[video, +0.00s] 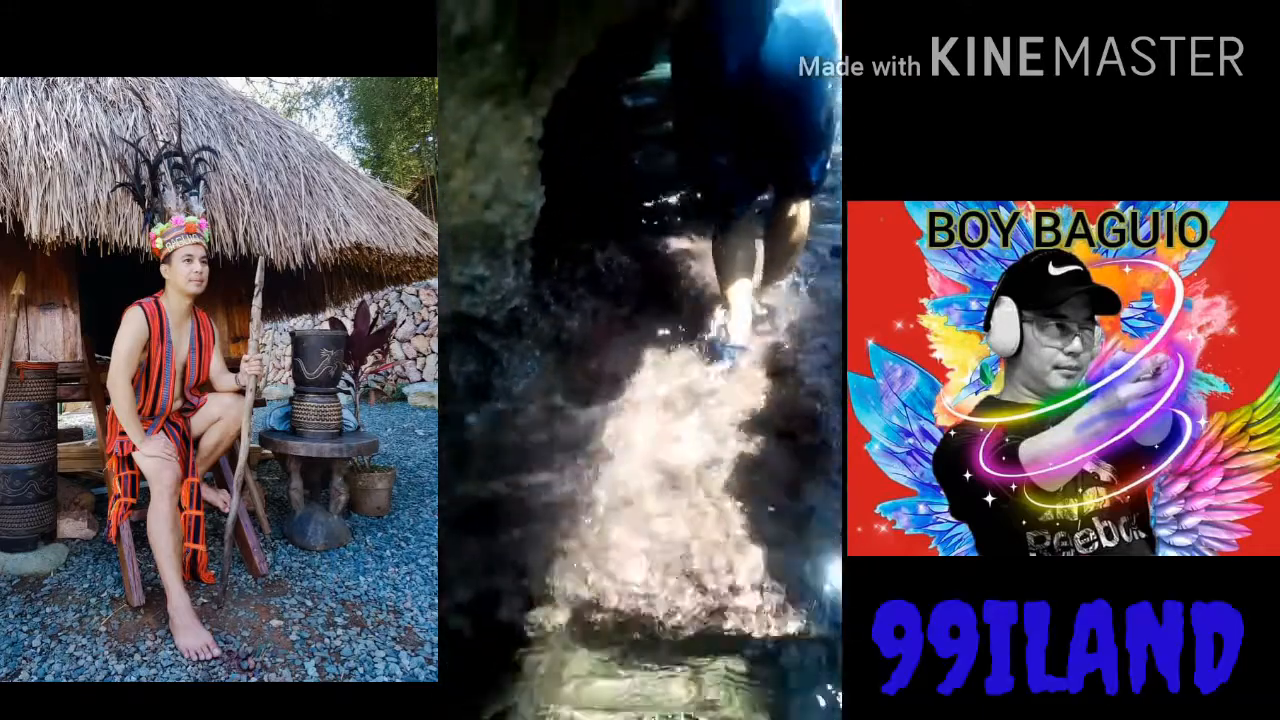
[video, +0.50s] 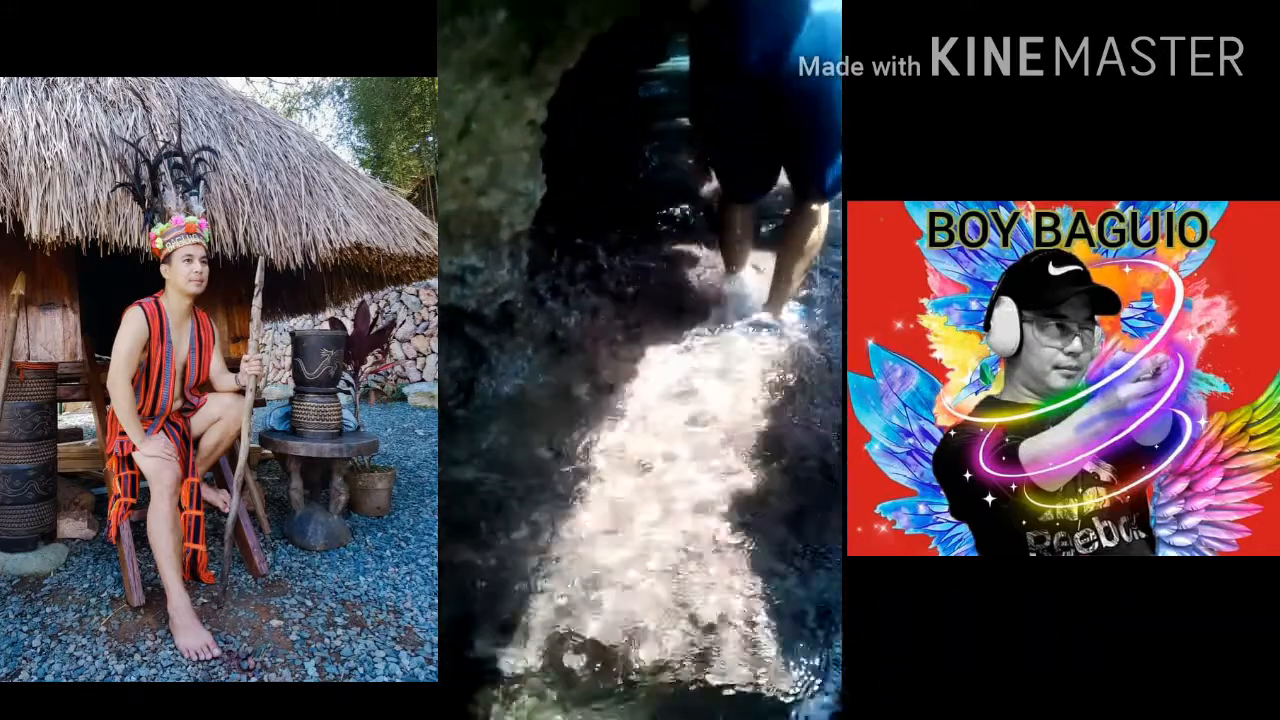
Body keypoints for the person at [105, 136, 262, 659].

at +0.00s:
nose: (198, 268)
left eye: (203, 260)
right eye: (187, 260)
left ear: (208, 267)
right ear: (165, 267)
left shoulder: (206, 324)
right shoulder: (142, 316)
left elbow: (220, 381)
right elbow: (117, 380)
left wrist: (243, 381)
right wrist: (138, 440)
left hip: (180, 419)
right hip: (140, 424)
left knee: (236, 407)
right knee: (169, 476)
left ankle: (191, 478)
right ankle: (179, 605)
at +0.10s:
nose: (198, 268)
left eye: (203, 260)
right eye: (187, 260)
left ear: (207, 267)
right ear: (164, 267)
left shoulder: (206, 324)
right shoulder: (142, 317)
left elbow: (220, 381)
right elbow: (117, 380)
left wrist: (244, 379)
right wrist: (138, 440)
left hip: (180, 419)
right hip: (140, 424)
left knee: (237, 407)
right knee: (169, 477)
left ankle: (191, 477)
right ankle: (179, 606)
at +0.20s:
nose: (198, 268)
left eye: (203, 260)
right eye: (187, 260)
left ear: (208, 267)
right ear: (165, 267)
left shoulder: (206, 324)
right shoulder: (142, 316)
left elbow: (220, 382)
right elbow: (117, 380)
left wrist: (243, 380)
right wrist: (138, 440)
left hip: (180, 419)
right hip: (140, 424)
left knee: (237, 407)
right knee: (169, 477)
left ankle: (191, 478)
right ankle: (179, 606)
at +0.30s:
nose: (198, 268)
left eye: (203, 260)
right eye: (187, 260)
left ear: (208, 267)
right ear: (165, 267)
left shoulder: (206, 324)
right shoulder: (142, 316)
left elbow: (220, 382)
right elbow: (117, 380)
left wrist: (243, 380)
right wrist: (138, 440)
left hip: (180, 419)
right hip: (140, 424)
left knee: (237, 407)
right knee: (169, 477)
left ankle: (191, 478)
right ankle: (179, 606)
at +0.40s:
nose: (198, 268)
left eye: (203, 260)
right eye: (187, 260)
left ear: (208, 267)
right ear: (165, 267)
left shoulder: (206, 324)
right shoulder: (142, 316)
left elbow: (220, 381)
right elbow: (117, 380)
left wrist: (243, 381)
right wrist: (138, 440)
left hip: (180, 419)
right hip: (140, 424)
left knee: (236, 407)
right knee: (169, 476)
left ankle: (191, 478)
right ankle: (179, 605)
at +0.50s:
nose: (198, 268)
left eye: (203, 260)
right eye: (187, 260)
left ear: (208, 267)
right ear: (165, 267)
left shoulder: (206, 324)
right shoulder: (142, 316)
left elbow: (220, 381)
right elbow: (117, 380)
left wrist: (243, 381)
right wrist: (138, 440)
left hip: (180, 419)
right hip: (140, 424)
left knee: (236, 407)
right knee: (169, 476)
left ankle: (191, 478)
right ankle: (179, 605)